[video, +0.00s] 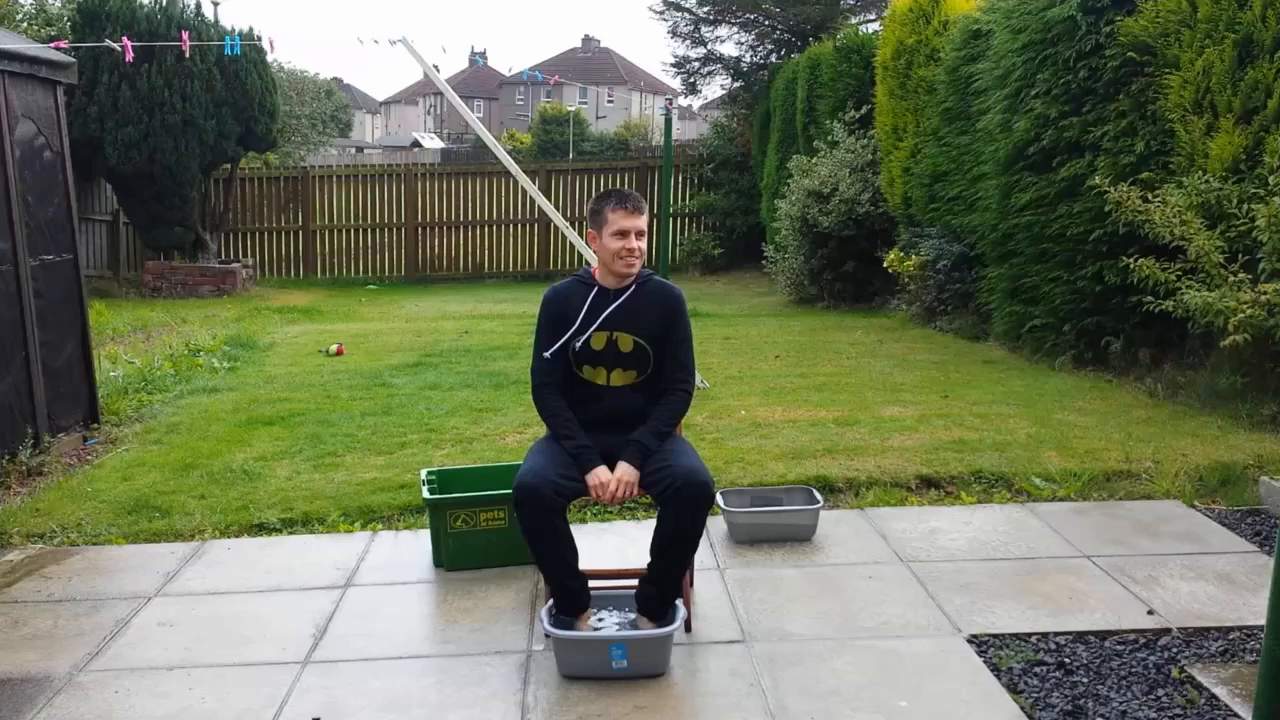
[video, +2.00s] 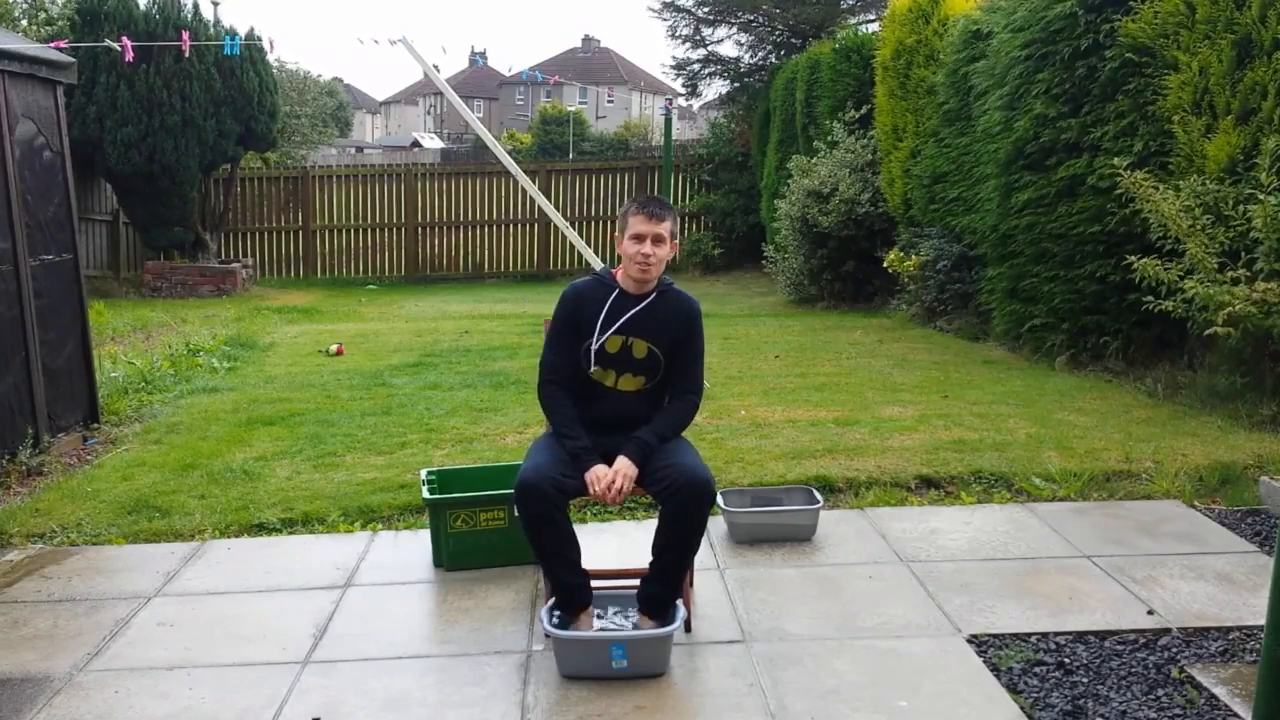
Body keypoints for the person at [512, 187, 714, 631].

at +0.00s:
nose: (633, 245)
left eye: (639, 235)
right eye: (620, 235)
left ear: (648, 238)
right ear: (594, 239)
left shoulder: (666, 300)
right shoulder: (561, 300)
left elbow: (679, 389)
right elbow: (545, 388)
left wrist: (634, 457)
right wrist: (589, 461)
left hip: (649, 434)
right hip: (575, 435)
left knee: (694, 486)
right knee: (531, 489)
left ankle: (655, 601)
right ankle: (572, 602)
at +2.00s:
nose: (646, 250)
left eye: (658, 241)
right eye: (637, 239)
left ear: (672, 249)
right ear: (619, 243)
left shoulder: (683, 312)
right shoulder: (579, 299)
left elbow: (686, 396)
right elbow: (552, 385)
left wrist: (635, 454)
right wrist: (588, 460)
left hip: (650, 436)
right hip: (577, 435)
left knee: (695, 485)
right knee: (533, 485)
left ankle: (655, 605)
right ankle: (575, 603)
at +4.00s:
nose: (618, 252)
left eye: (629, 242)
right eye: (608, 241)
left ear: (646, 249)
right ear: (590, 246)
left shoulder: (667, 307)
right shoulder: (562, 303)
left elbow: (681, 394)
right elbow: (545, 392)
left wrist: (633, 457)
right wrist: (587, 462)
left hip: (649, 436)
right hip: (574, 438)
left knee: (694, 485)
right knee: (528, 489)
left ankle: (657, 606)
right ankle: (573, 605)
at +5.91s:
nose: (617, 249)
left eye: (628, 239)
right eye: (607, 239)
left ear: (645, 248)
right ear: (589, 246)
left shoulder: (666, 306)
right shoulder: (562, 304)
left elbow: (680, 395)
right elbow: (544, 392)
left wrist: (633, 458)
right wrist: (587, 461)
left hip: (648, 435)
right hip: (574, 437)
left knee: (693, 484)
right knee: (528, 489)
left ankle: (657, 605)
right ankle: (572, 605)